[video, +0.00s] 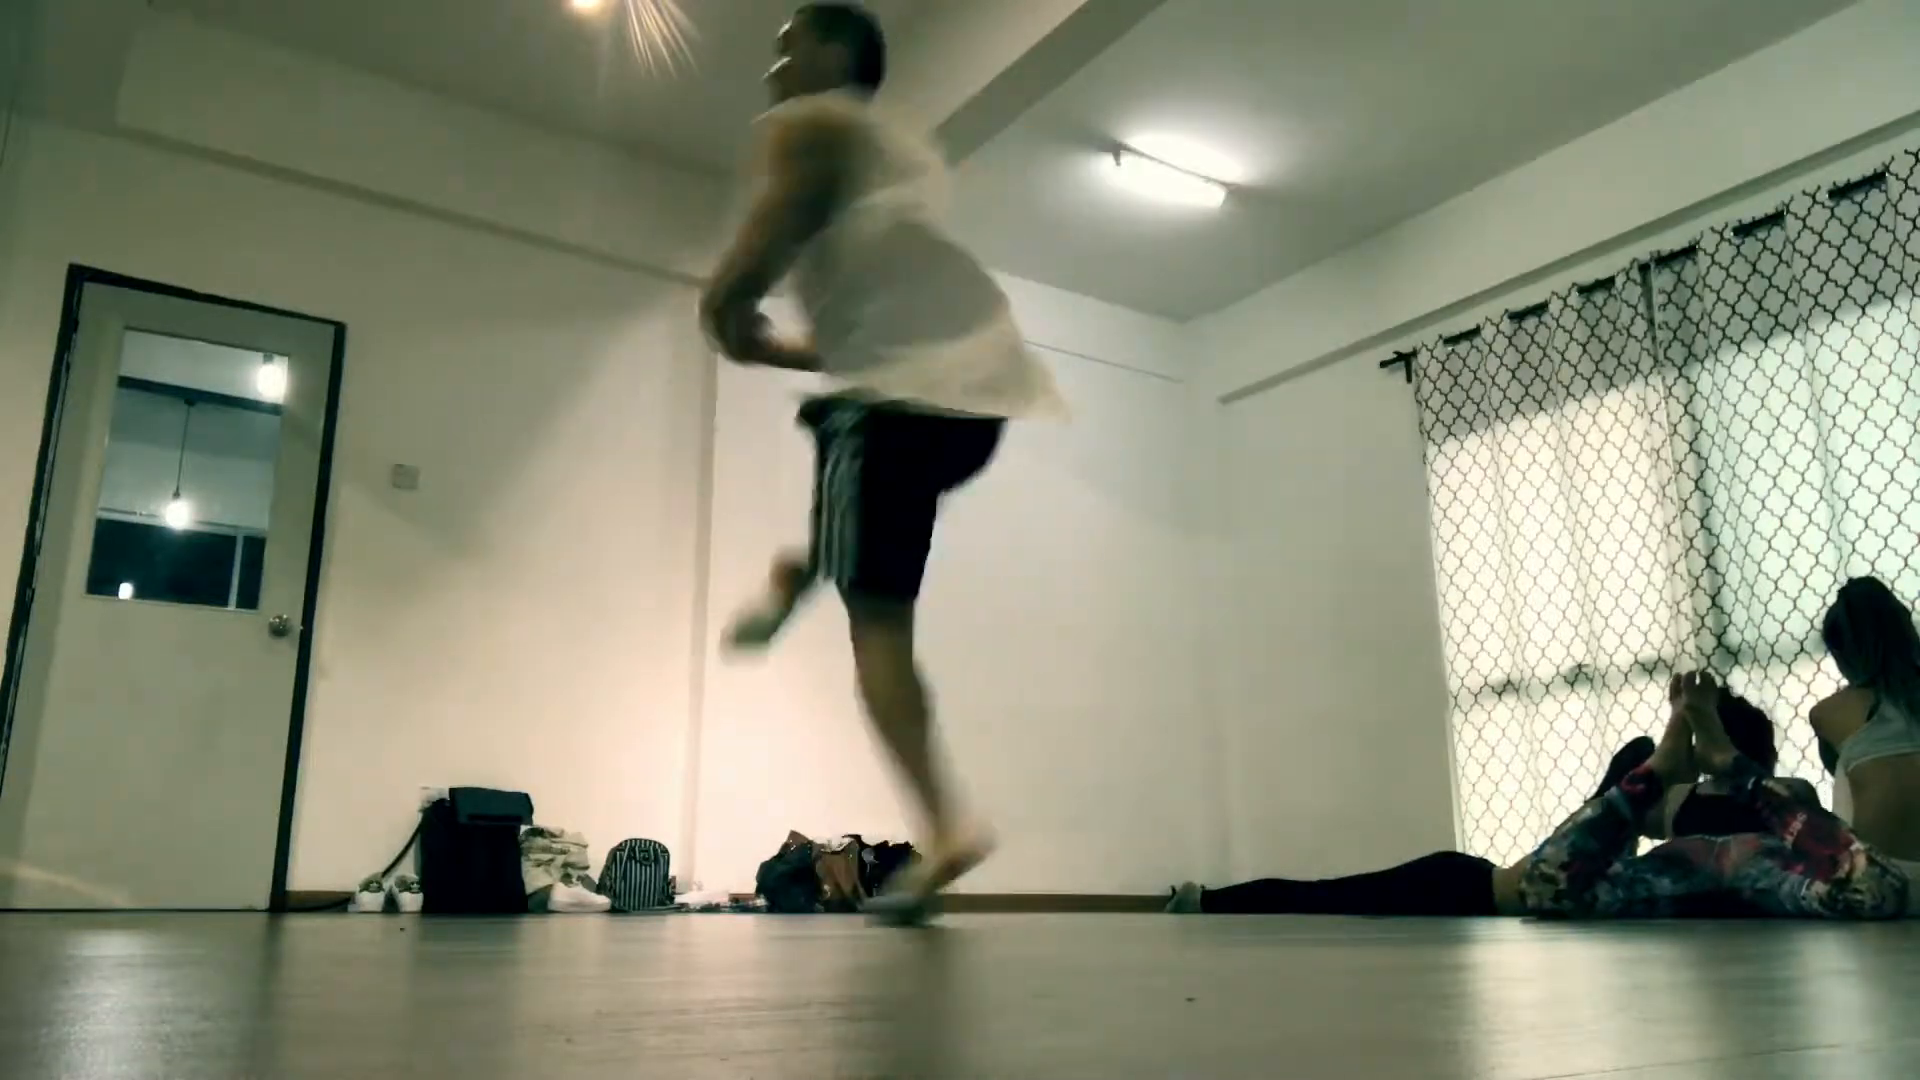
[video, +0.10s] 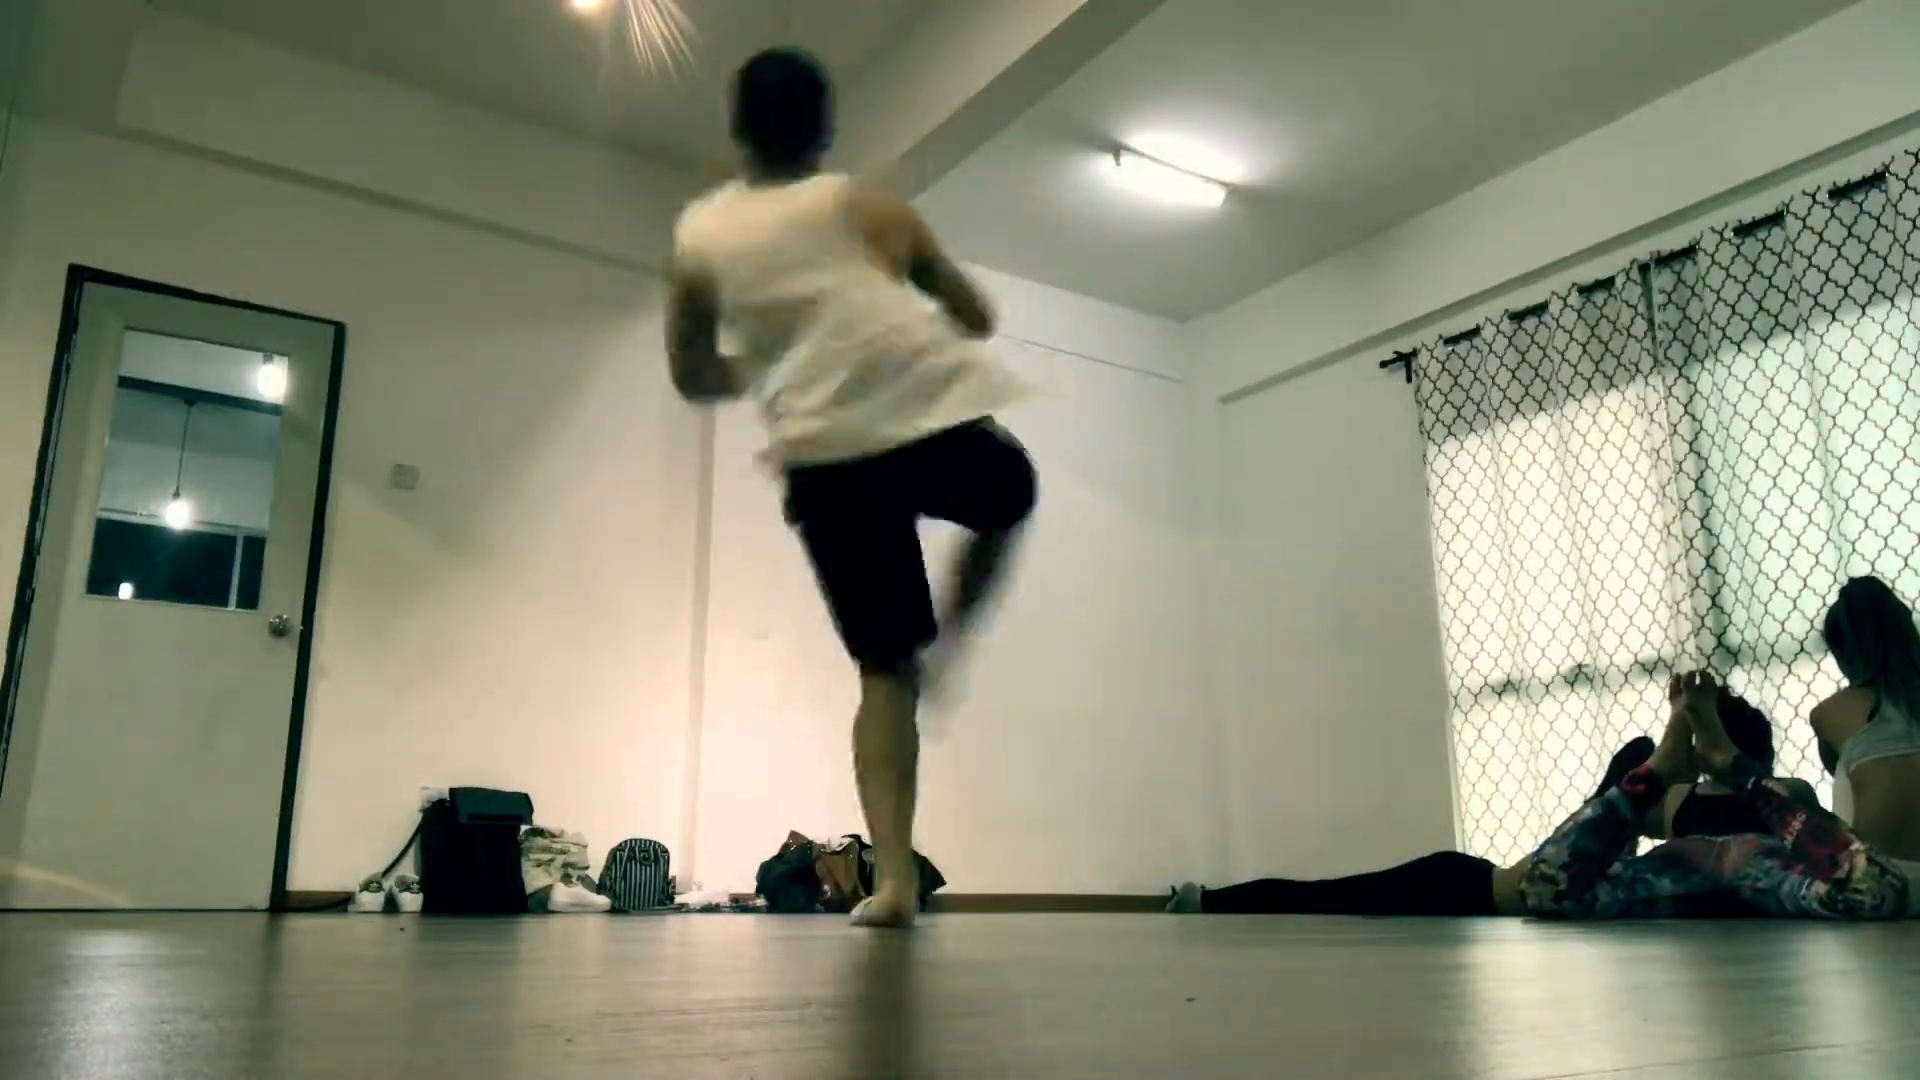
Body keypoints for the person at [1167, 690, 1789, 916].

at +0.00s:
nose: (1675, 728)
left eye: (1693, 726)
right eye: (1684, 720)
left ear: (1721, 751)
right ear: (1705, 745)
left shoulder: (1667, 803)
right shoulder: (1645, 791)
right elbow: (1644, 786)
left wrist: (1694, 720)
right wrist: (1686, 718)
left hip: (1482, 887)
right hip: (1476, 879)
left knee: (1336, 898)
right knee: (1333, 894)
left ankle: (1208, 902)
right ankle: (1206, 900)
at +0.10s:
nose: (1676, 729)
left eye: (1695, 728)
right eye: (1685, 721)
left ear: (1726, 748)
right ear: (1702, 740)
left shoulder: (1695, 805)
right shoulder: (1648, 785)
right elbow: (1643, 794)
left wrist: (1696, 732)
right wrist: (1685, 729)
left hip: (1487, 888)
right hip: (1479, 879)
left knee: (1337, 898)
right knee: (1333, 894)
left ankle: (1211, 902)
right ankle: (1208, 900)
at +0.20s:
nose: (1675, 717)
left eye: (1690, 714)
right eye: (1676, 709)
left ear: (1721, 735)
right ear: (1688, 725)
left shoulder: (1720, 799)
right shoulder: (1647, 775)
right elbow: (1629, 806)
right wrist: (1681, 730)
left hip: (1505, 893)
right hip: (1489, 878)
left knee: (1344, 902)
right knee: (1338, 894)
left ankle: (1215, 903)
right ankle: (1210, 901)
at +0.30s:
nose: (1672, 718)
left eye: (1686, 715)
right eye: (1674, 710)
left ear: (1718, 734)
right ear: (1693, 727)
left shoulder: (1712, 799)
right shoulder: (1649, 777)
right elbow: (1633, 798)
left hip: (1501, 890)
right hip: (1485, 878)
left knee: (1340, 901)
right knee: (1335, 894)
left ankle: (1212, 903)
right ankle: (1208, 901)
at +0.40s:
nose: (1678, 724)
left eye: (1693, 721)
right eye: (1680, 715)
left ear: (1720, 737)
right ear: (1697, 732)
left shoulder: (1693, 804)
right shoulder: (1645, 783)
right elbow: (1651, 784)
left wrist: (1698, 721)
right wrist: (1684, 717)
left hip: (1492, 887)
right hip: (1482, 879)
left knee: (1339, 898)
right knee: (1334, 893)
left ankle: (1211, 900)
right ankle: (1206, 900)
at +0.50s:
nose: (1682, 726)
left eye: (1698, 724)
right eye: (1689, 718)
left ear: (1720, 740)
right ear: (1704, 733)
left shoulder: (1702, 802)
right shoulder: (1652, 781)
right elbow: (1645, 790)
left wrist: (1690, 721)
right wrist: (1681, 718)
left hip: (1497, 889)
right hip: (1488, 880)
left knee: (1340, 900)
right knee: (1336, 895)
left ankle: (1212, 902)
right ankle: (1208, 900)